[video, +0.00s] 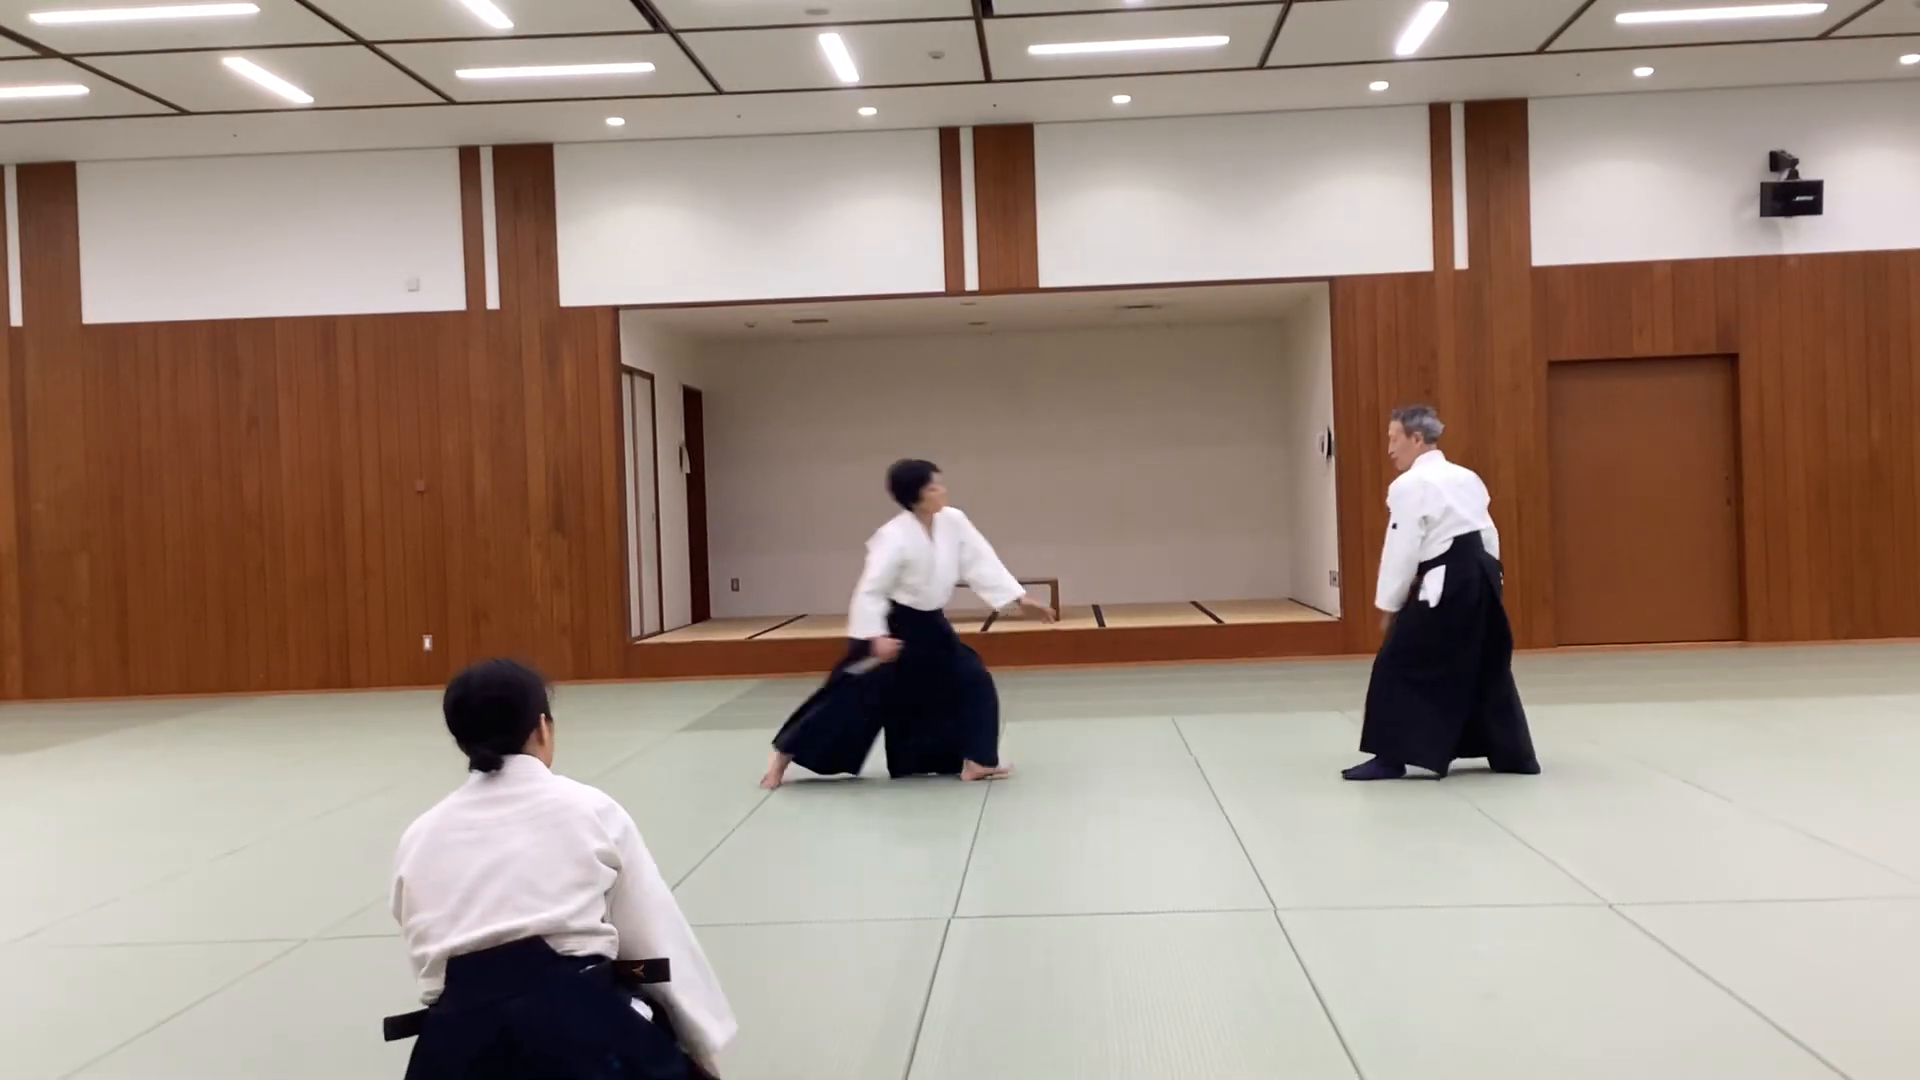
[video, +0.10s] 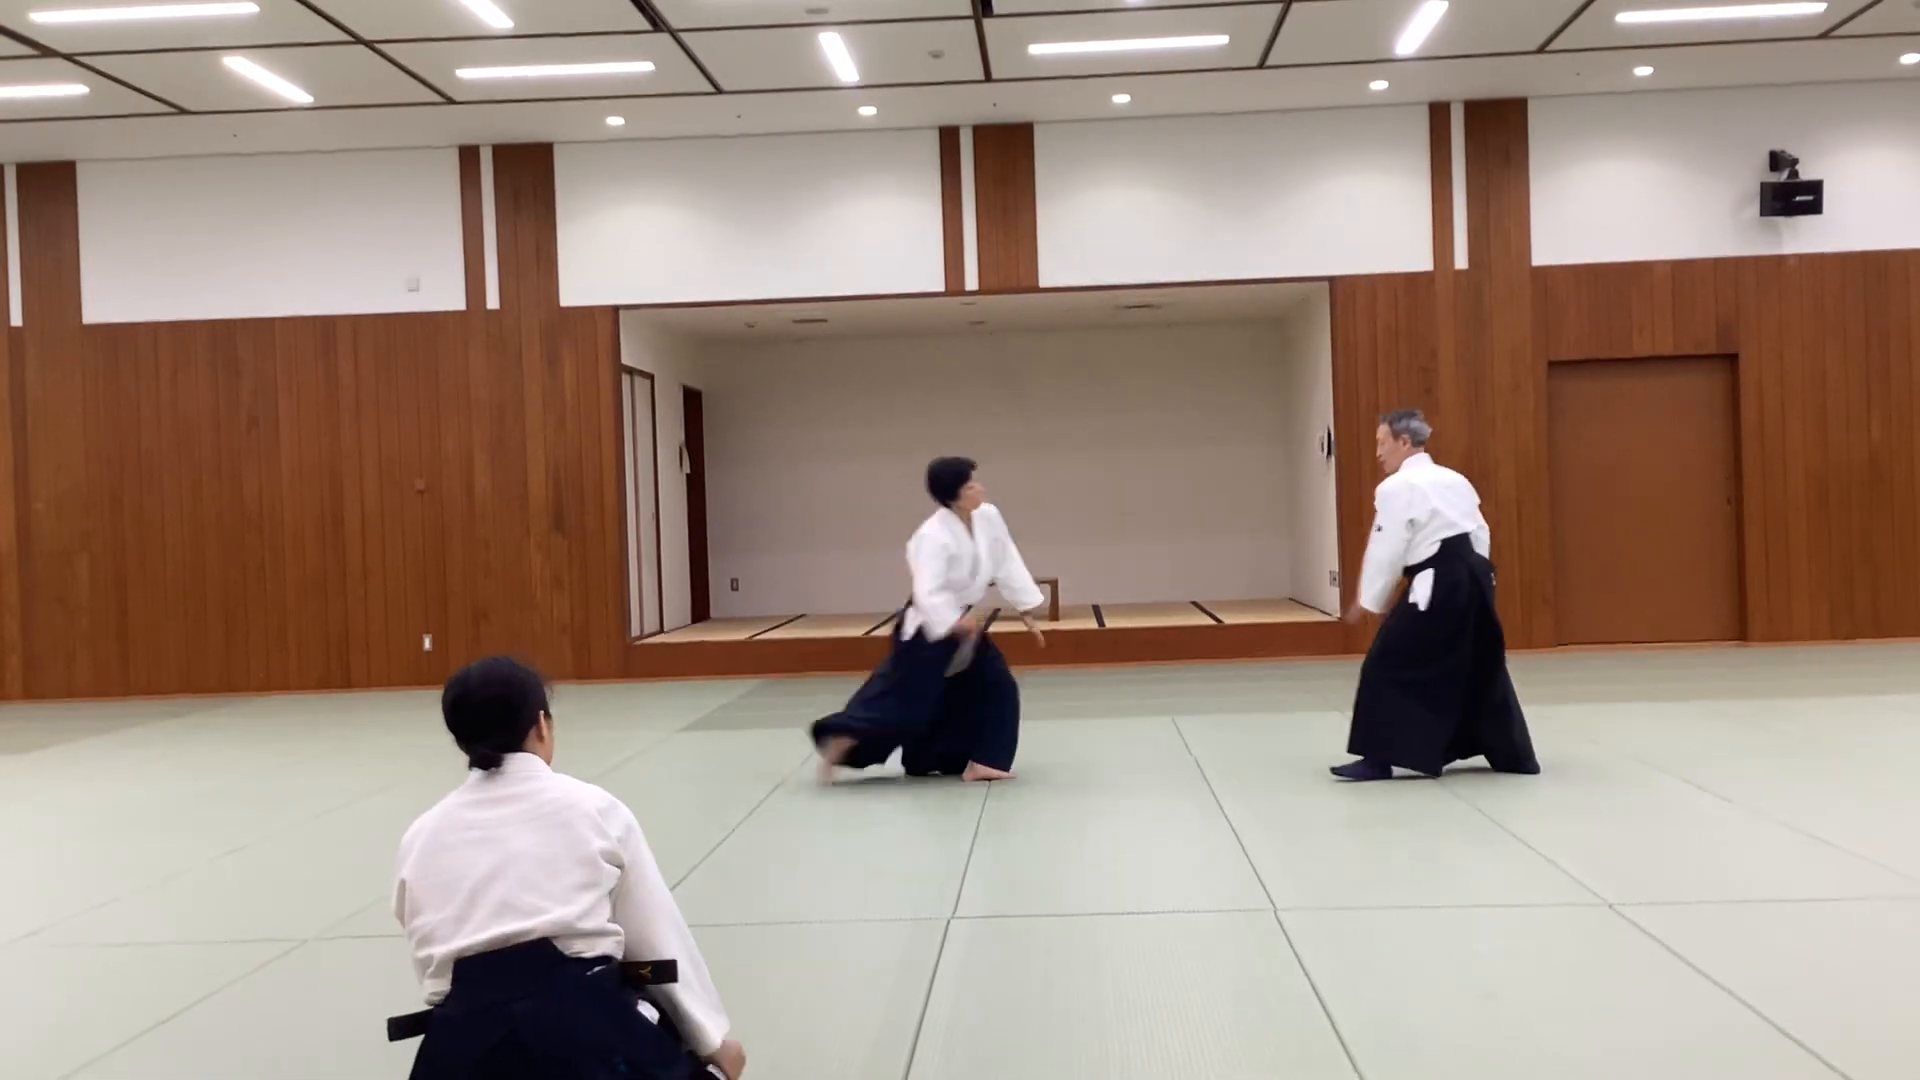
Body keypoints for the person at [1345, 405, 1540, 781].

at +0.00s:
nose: (1389, 448)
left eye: (1394, 439)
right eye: (1388, 439)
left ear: (1417, 439)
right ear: (1426, 440)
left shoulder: (1409, 485)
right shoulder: (1468, 477)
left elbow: (1401, 552)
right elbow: (1488, 534)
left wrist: (1388, 604)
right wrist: (1490, 576)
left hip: (1445, 581)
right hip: (1484, 577)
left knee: (1394, 663)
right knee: (1488, 663)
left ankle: (1388, 758)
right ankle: (1516, 754)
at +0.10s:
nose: (1377, 452)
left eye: (1382, 443)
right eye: (1377, 444)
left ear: (1405, 443)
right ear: (1417, 444)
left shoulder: (1396, 487)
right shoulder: (1456, 479)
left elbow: (1385, 550)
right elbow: (1480, 531)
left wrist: (1366, 600)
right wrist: (1479, 574)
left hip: (1436, 582)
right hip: (1477, 577)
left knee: (1383, 662)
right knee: (1482, 663)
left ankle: (1376, 759)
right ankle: (1515, 754)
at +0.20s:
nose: (1360, 455)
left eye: (1363, 446)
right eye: (1359, 447)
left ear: (1386, 445)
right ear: (1397, 446)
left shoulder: (1377, 489)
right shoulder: (1433, 478)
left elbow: (1351, 543)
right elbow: (1463, 515)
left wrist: (1316, 574)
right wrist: (1434, 549)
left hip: (1415, 587)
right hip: (1451, 582)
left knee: (1366, 666)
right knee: (1469, 666)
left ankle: (1372, 761)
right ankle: (1516, 752)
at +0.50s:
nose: (1306, 447)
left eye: (1312, 440)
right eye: (1306, 440)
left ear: (1334, 440)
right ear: (1333, 440)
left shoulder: (1342, 465)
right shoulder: (1329, 464)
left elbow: (1284, 463)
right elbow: (1309, 475)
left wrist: (1222, 456)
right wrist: (1293, 454)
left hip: (1369, 580)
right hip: (1348, 579)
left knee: (1363, 671)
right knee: (1316, 661)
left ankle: (1371, 763)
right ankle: (1336, 748)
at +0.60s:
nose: (1286, 447)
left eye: (1293, 440)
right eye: (1286, 441)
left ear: (1319, 441)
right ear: (1312, 441)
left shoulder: (1327, 467)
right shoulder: (1303, 490)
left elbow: (1262, 453)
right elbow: (1261, 497)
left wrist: (1204, 433)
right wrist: (1221, 460)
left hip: (1349, 582)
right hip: (1322, 584)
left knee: (1358, 670)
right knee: (1280, 653)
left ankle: (1372, 761)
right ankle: (1270, 736)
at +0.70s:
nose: (1270, 442)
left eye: (1277, 436)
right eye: (1268, 436)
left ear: (1298, 437)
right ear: (1270, 438)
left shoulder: (1319, 465)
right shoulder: (1268, 480)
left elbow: (1271, 448)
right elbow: (1227, 504)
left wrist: (1222, 428)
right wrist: (1214, 473)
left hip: (1332, 576)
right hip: (1293, 578)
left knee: (1345, 665)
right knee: (1265, 659)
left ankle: (1366, 755)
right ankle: (1269, 746)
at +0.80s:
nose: (1259, 437)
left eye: (1267, 431)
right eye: (1254, 433)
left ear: (1284, 437)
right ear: (1250, 440)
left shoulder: (1307, 465)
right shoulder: (1243, 476)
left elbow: (1271, 453)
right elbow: (1215, 523)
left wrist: (1239, 425)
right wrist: (1218, 486)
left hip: (1311, 572)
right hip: (1270, 575)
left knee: (1325, 657)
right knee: (1256, 660)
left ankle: (1338, 744)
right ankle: (1268, 747)